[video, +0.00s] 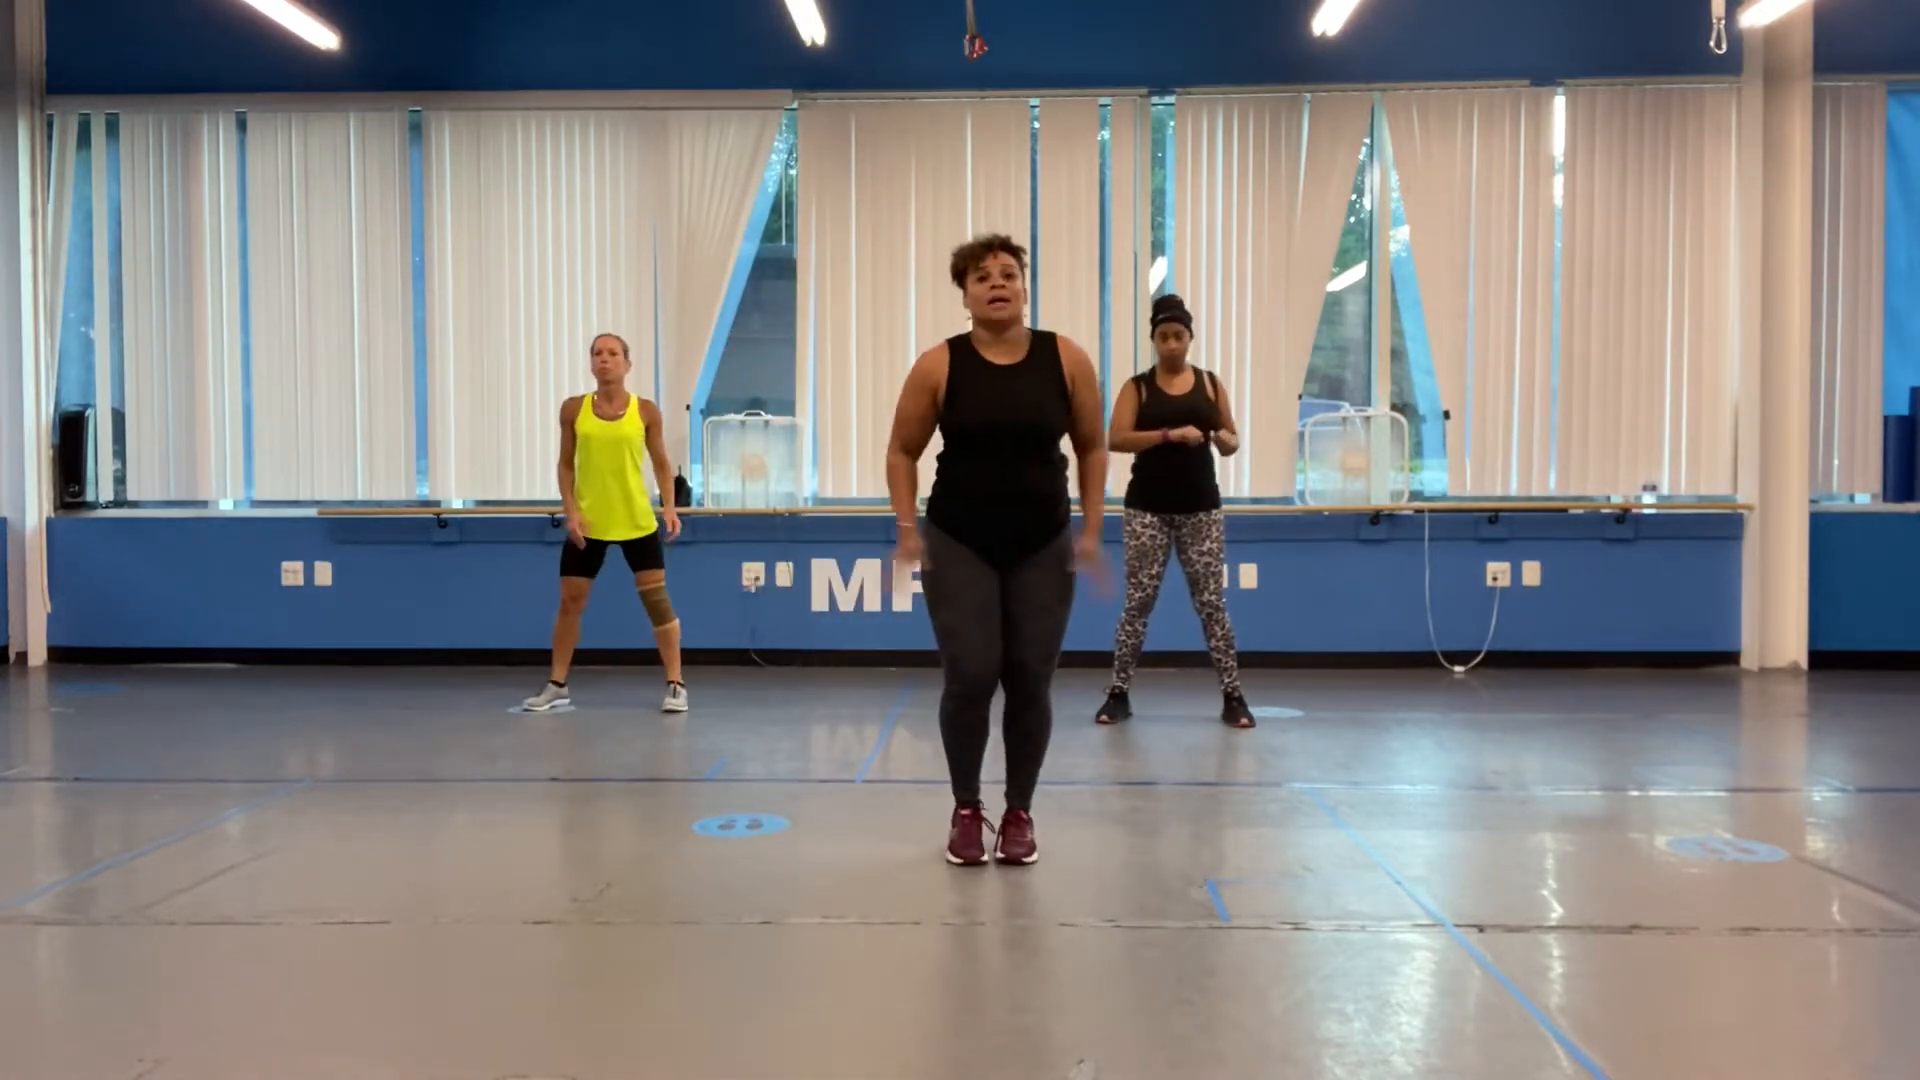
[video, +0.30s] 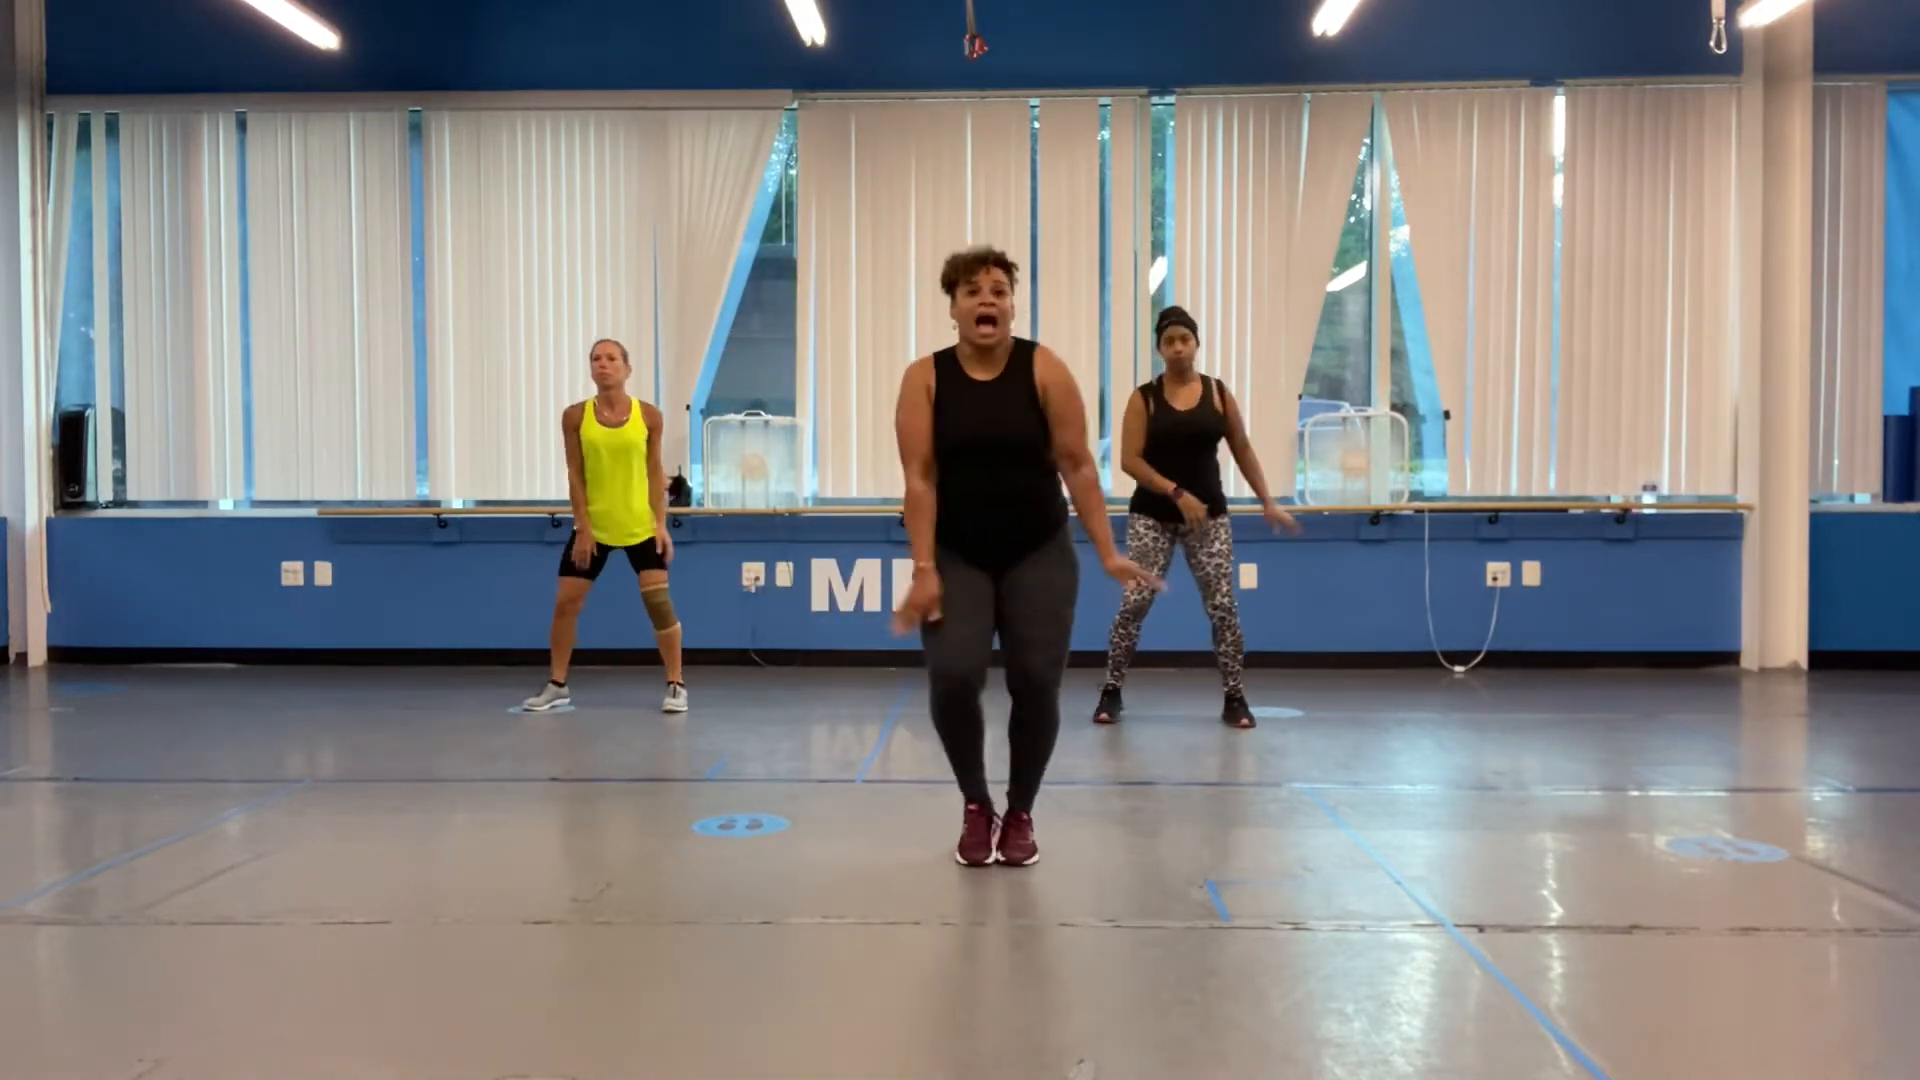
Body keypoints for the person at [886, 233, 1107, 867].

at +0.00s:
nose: (999, 285)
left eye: (1009, 276)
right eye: (984, 279)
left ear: (1025, 287)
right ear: (965, 295)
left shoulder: (1066, 360)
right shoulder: (938, 367)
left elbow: (1091, 447)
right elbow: (903, 451)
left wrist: (1091, 527)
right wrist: (908, 524)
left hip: (1044, 540)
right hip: (958, 540)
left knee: (1029, 679)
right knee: (971, 674)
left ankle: (1018, 815)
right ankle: (967, 809)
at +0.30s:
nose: (989, 303)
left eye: (999, 292)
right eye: (975, 292)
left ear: (1014, 303)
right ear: (953, 305)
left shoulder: (1046, 372)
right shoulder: (924, 378)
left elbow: (1078, 467)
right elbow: (919, 478)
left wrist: (1109, 553)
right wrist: (923, 568)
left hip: (1039, 550)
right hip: (956, 553)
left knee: (1036, 680)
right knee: (952, 677)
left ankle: (1020, 814)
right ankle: (977, 807)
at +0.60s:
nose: (967, 317)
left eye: (980, 308)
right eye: (955, 306)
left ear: (996, 320)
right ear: (934, 315)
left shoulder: (1021, 396)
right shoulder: (904, 365)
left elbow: (1076, 464)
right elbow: (847, 418)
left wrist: (1115, 466)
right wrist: (936, 427)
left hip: (1002, 541)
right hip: (923, 547)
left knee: (981, 642)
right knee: (912, 687)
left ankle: (1067, 732)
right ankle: (927, 808)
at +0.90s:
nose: (971, 319)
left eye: (983, 307)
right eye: (957, 309)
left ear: (1002, 315)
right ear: (940, 322)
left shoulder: (1033, 367)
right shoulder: (919, 368)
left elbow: (1057, 456)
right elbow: (834, 374)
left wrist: (992, 460)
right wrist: (796, 423)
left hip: (1007, 537)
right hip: (926, 537)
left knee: (1033, 660)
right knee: (924, 669)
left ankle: (1033, 776)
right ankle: (921, 803)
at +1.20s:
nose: (965, 332)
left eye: (976, 321)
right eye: (952, 322)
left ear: (993, 327)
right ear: (933, 331)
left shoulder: (1031, 390)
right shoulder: (911, 406)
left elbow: (1083, 461)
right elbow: (907, 498)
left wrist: (1058, 506)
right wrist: (855, 520)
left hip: (1022, 554)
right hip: (940, 558)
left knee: (1047, 675)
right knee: (922, 668)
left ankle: (1051, 805)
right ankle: (933, 790)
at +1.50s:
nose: (922, 317)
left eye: (924, 306)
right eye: (908, 308)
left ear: (927, 311)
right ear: (869, 319)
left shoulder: (950, 370)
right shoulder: (836, 380)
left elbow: (1022, 406)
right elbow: (831, 466)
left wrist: (1043, 423)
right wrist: (884, 464)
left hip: (951, 538)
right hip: (870, 546)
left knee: (988, 658)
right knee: (843, 673)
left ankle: (1025, 783)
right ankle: (853, 799)